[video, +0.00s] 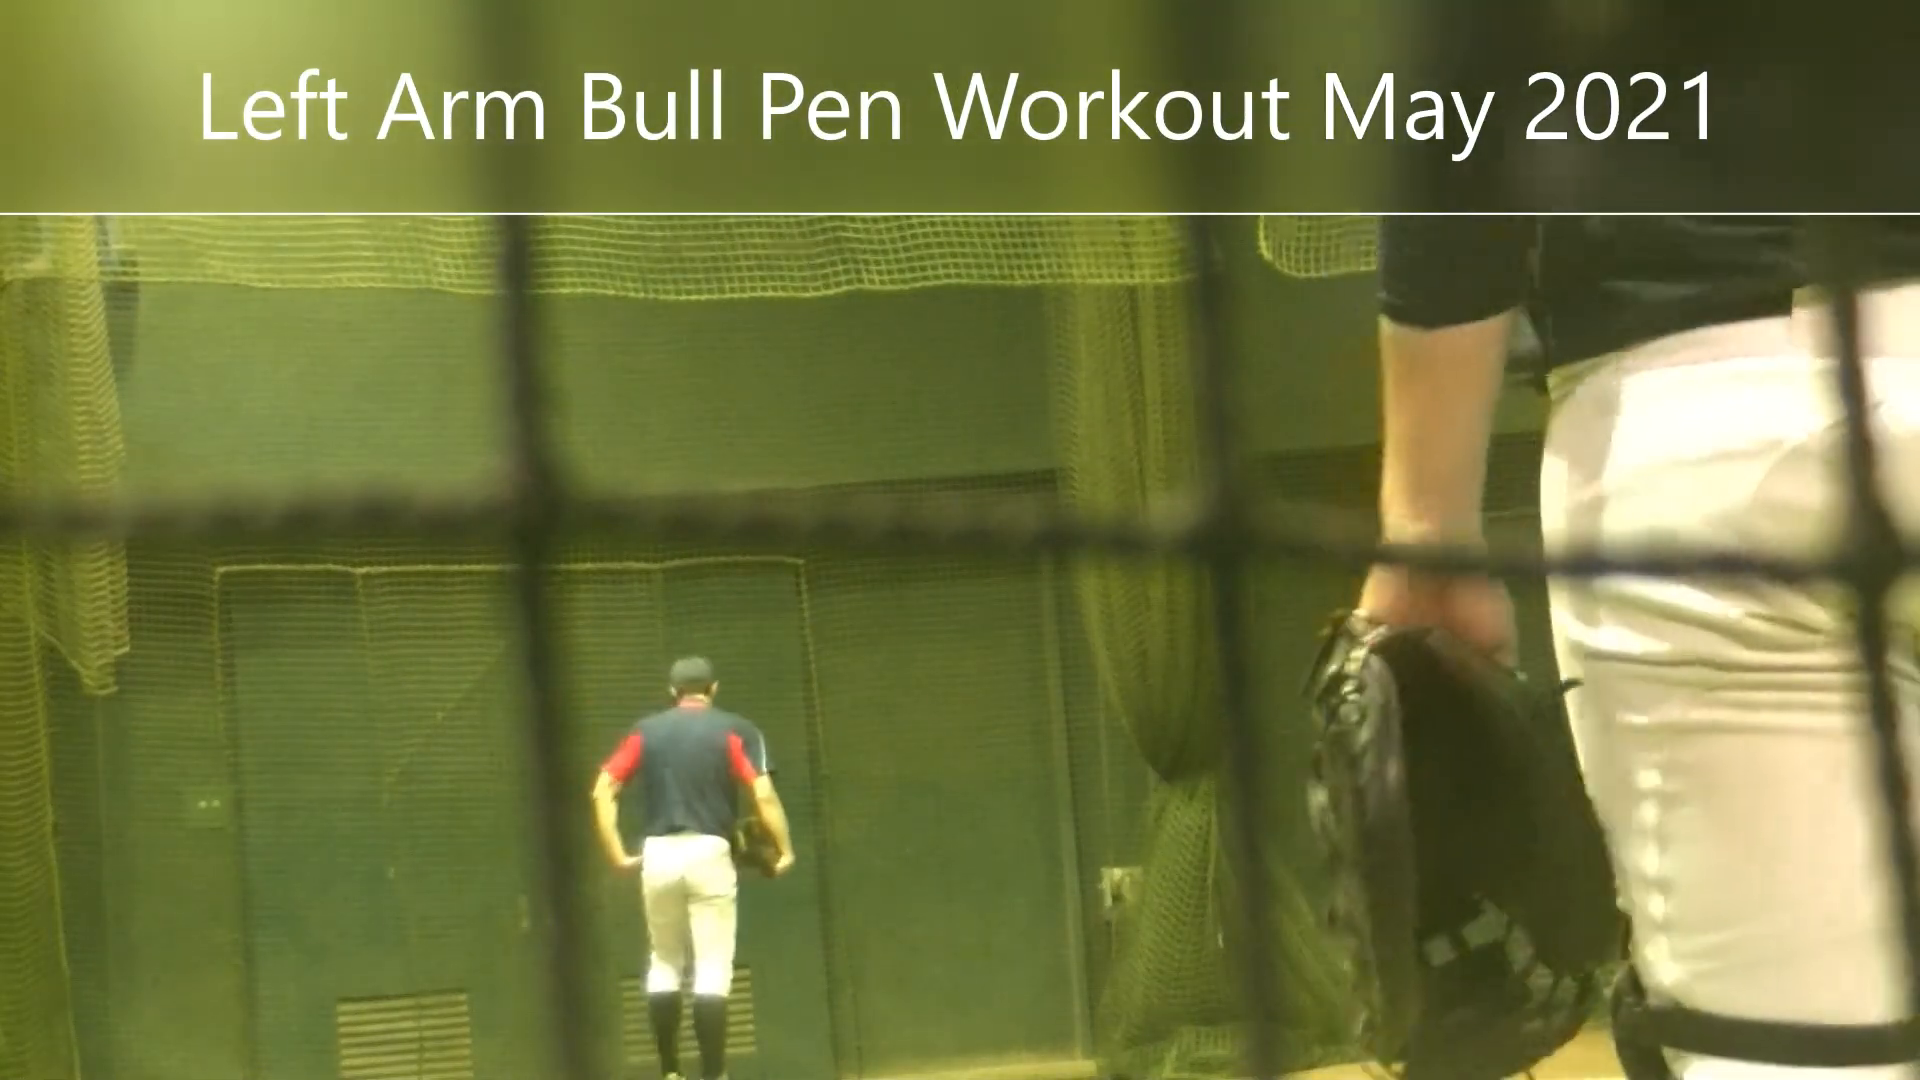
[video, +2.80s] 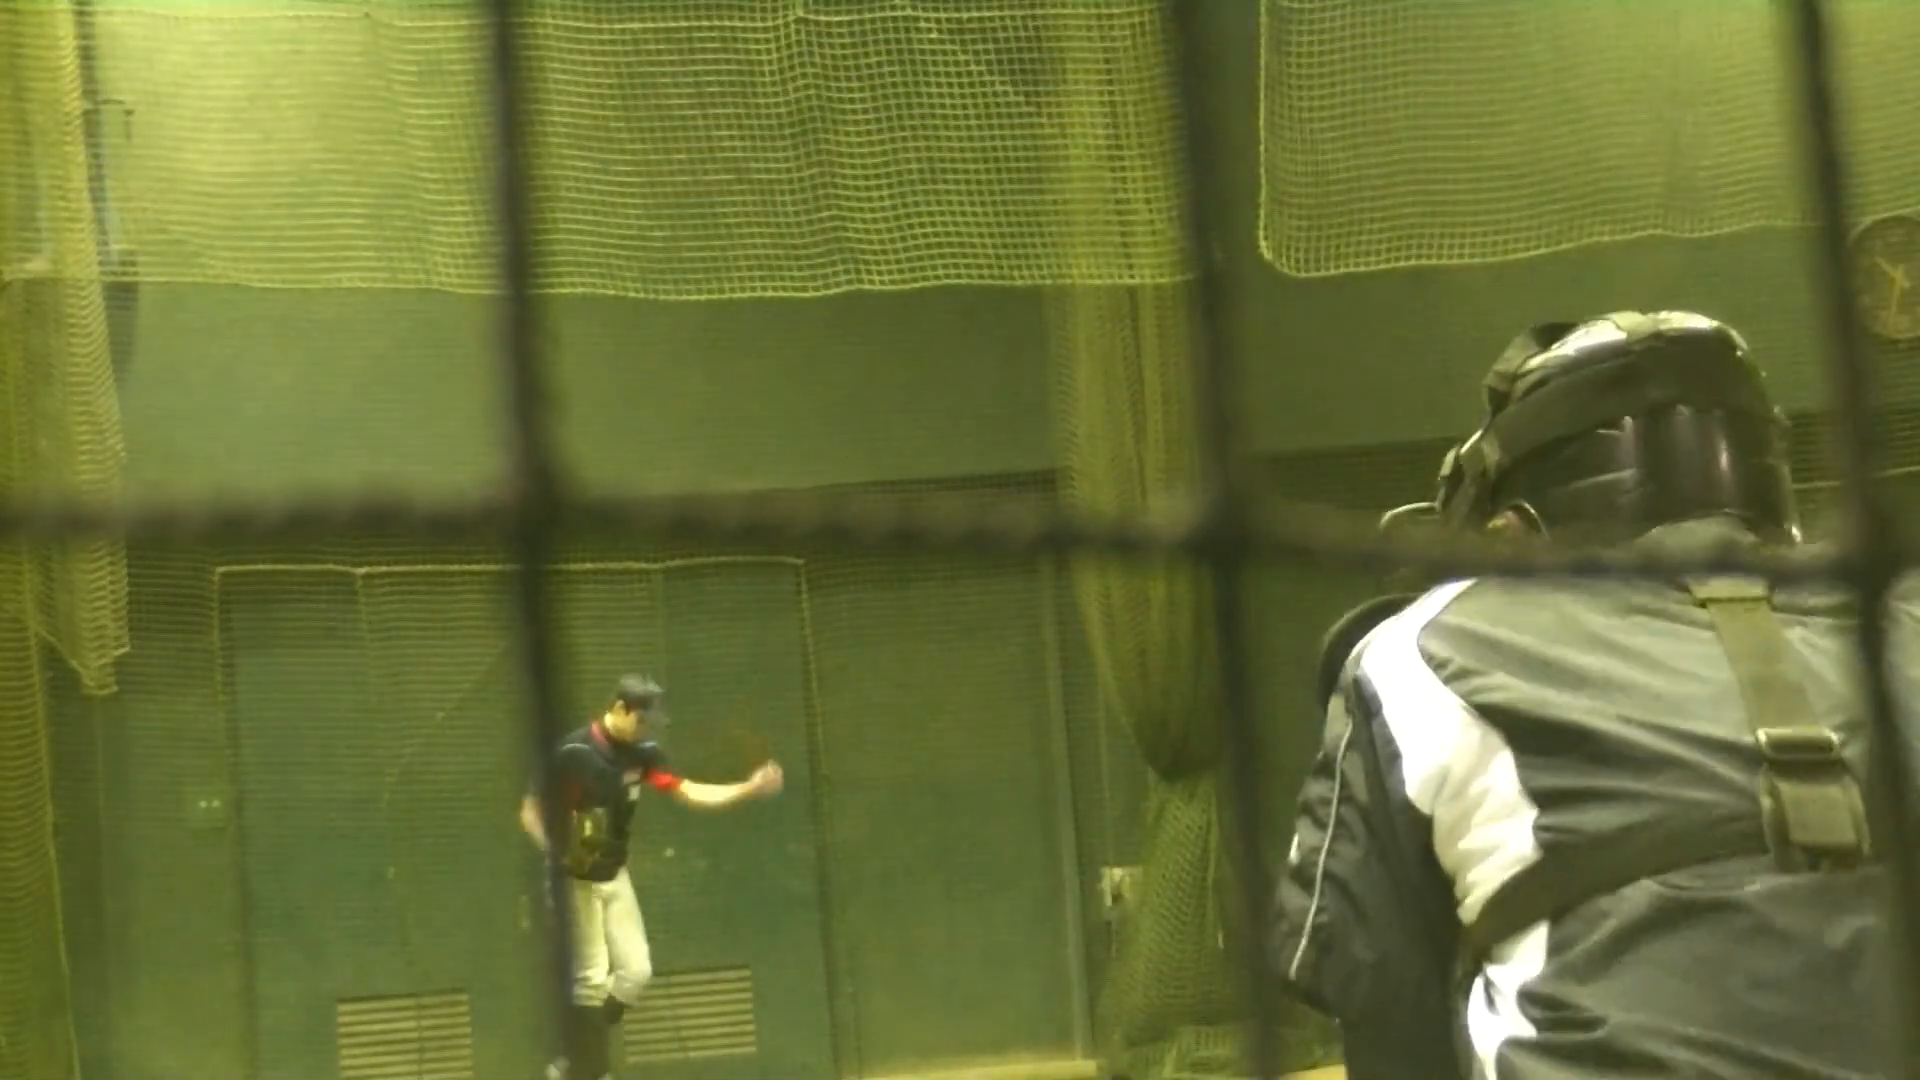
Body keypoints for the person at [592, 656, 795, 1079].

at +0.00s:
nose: (702, 695)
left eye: (684, 689)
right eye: (709, 688)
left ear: (673, 692)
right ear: (713, 690)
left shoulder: (647, 730)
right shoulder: (734, 731)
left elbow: (603, 789)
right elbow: (764, 796)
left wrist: (617, 856)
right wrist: (784, 850)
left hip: (659, 856)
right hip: (710, 856)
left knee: (664, 958)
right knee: (713, 963)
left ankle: (669, 1069)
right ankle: (713, 1072)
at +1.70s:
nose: (696, 709)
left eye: (695, 704)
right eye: (696, 704)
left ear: (657, 699)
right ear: (690, 700)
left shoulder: (621, 735)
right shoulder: (695, 733)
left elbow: (580, 797)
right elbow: (719, 795)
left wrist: (605, 859)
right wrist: (753, 842)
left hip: (627, 860)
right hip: (673, 859)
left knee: (644, 967)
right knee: (704, 960)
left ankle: (616, 1070)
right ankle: (713, 1068)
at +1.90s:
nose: (676, 721)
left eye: (679, 716)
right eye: (677, 714)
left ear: (642, 700)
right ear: (667, 703)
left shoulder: (602, 737)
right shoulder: (659, 730)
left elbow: (582, 804)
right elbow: (668, 790)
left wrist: (612, 837)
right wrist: (710, 830)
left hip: (603, 861)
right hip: (644, 859)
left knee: (623, 972)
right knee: (680, 963)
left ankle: (606, 1072)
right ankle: (706, 1067)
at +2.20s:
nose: (655, 720)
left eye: (659, 713)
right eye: (658, 711)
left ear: (635, 695)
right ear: (644, 697)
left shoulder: (595, 731)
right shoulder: (622, 733)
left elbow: (607, 802)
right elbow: (614, 804)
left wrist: (654, 825)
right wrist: (658, 847)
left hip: (585, 858)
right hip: (614, 858)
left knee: (614, 969)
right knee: (655, 959)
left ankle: (606, 1071)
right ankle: (644, 1066)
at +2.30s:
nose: (651, 718)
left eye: (654, 711)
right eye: (652, 709)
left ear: (630, 696)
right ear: (637, 697)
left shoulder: (599, 731)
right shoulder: (613, 734)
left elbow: (626, 785)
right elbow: (601, 807)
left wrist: (682, 792)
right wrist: (646, 851)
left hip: (589, 859)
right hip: (607, 859)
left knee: (615, 968)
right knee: (640, 962)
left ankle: (601, 1066)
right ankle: (620, 1067)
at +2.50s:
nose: (647, 718)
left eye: (650, 710)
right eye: (646, 708)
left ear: (629, 701)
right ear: (626, 698)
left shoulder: (612, 739)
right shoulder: (598, 739)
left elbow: (653, 755)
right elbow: (572, 808)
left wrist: (708, 735)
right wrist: (616, 855)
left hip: (619, 868)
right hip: (595, 867)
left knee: (625, 975)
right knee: (617, 975)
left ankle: (607, 1069)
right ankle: (600, 1070)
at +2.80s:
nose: (645, 726)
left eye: (648, 718)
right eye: (640, 717)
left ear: (644, 717)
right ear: (618, 710)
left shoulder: (640, 755)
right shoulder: (572, 754)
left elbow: (690, 793)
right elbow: (530, 810)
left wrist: (750, 787)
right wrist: (556, 851)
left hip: (615, 879)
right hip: (573, 882)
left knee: (635, 972)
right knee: (589, 982)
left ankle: (572, 1056)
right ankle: (586, 1067)